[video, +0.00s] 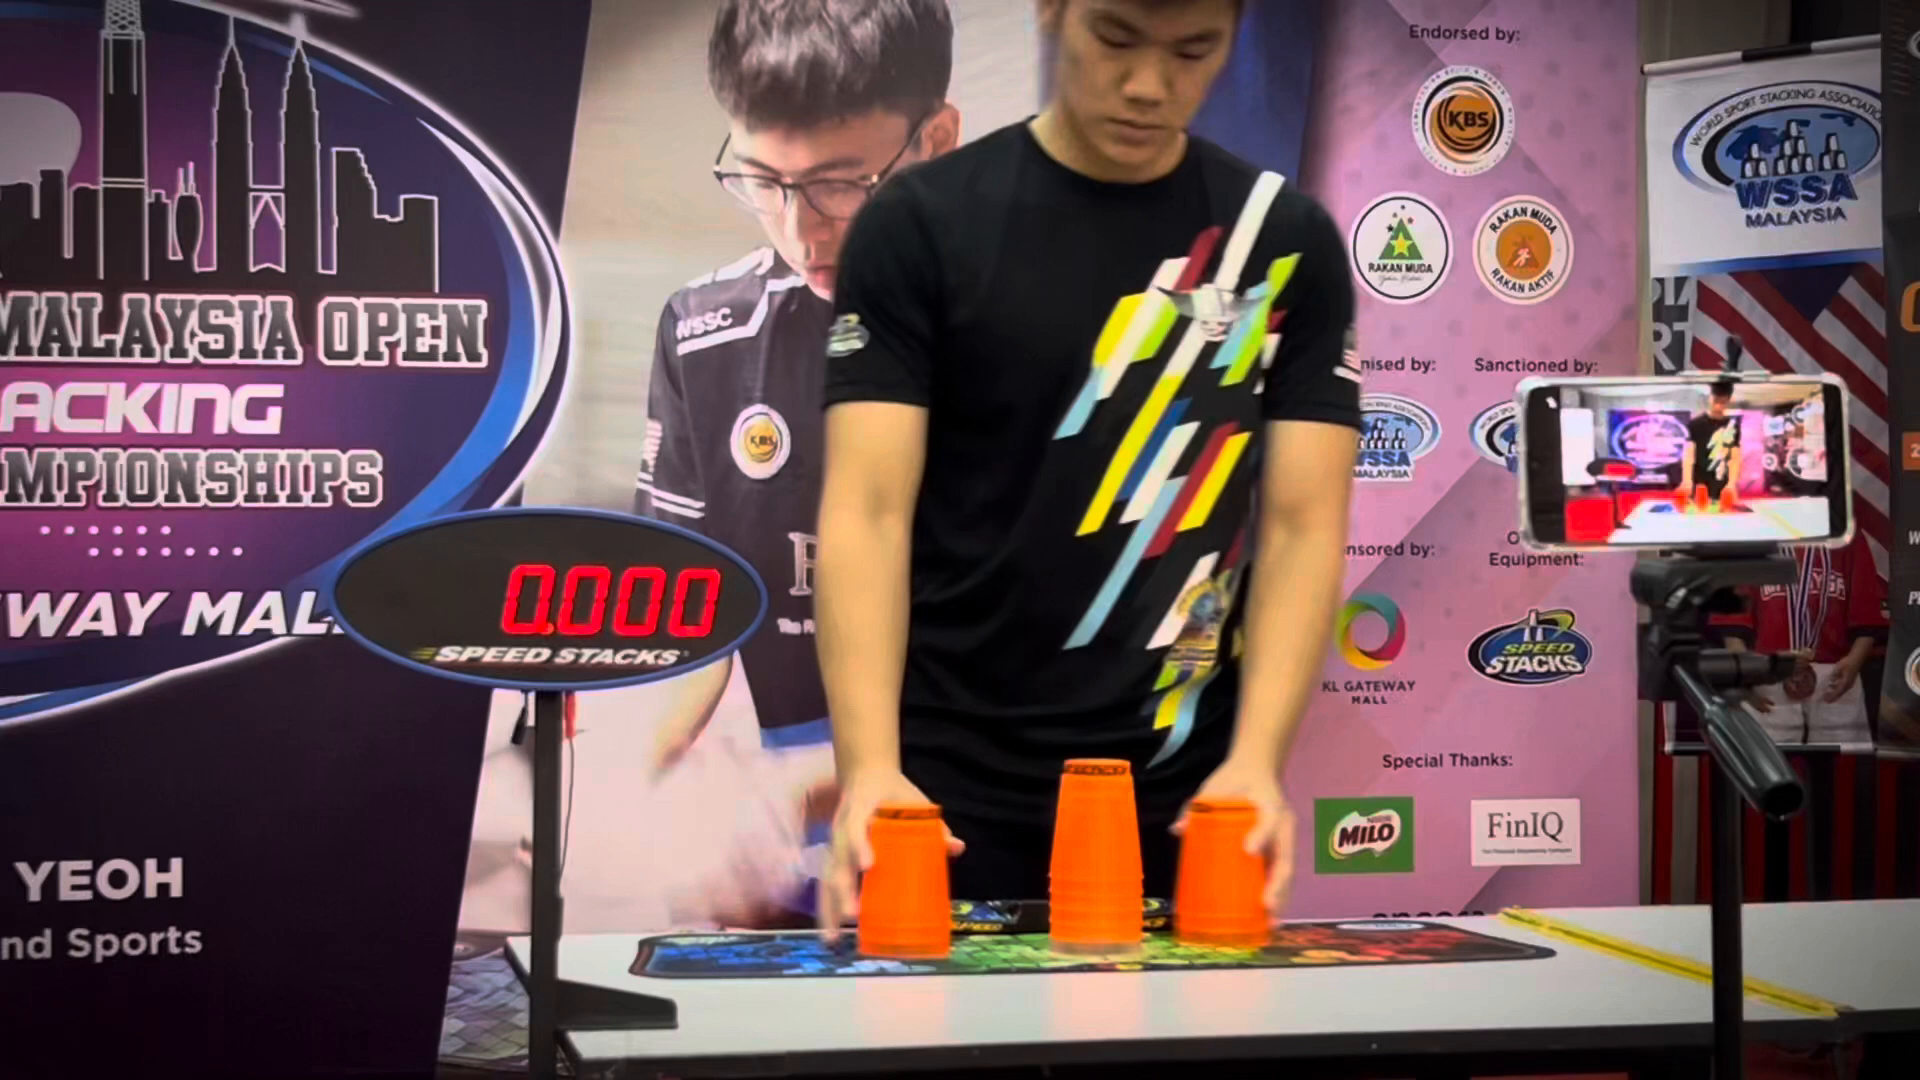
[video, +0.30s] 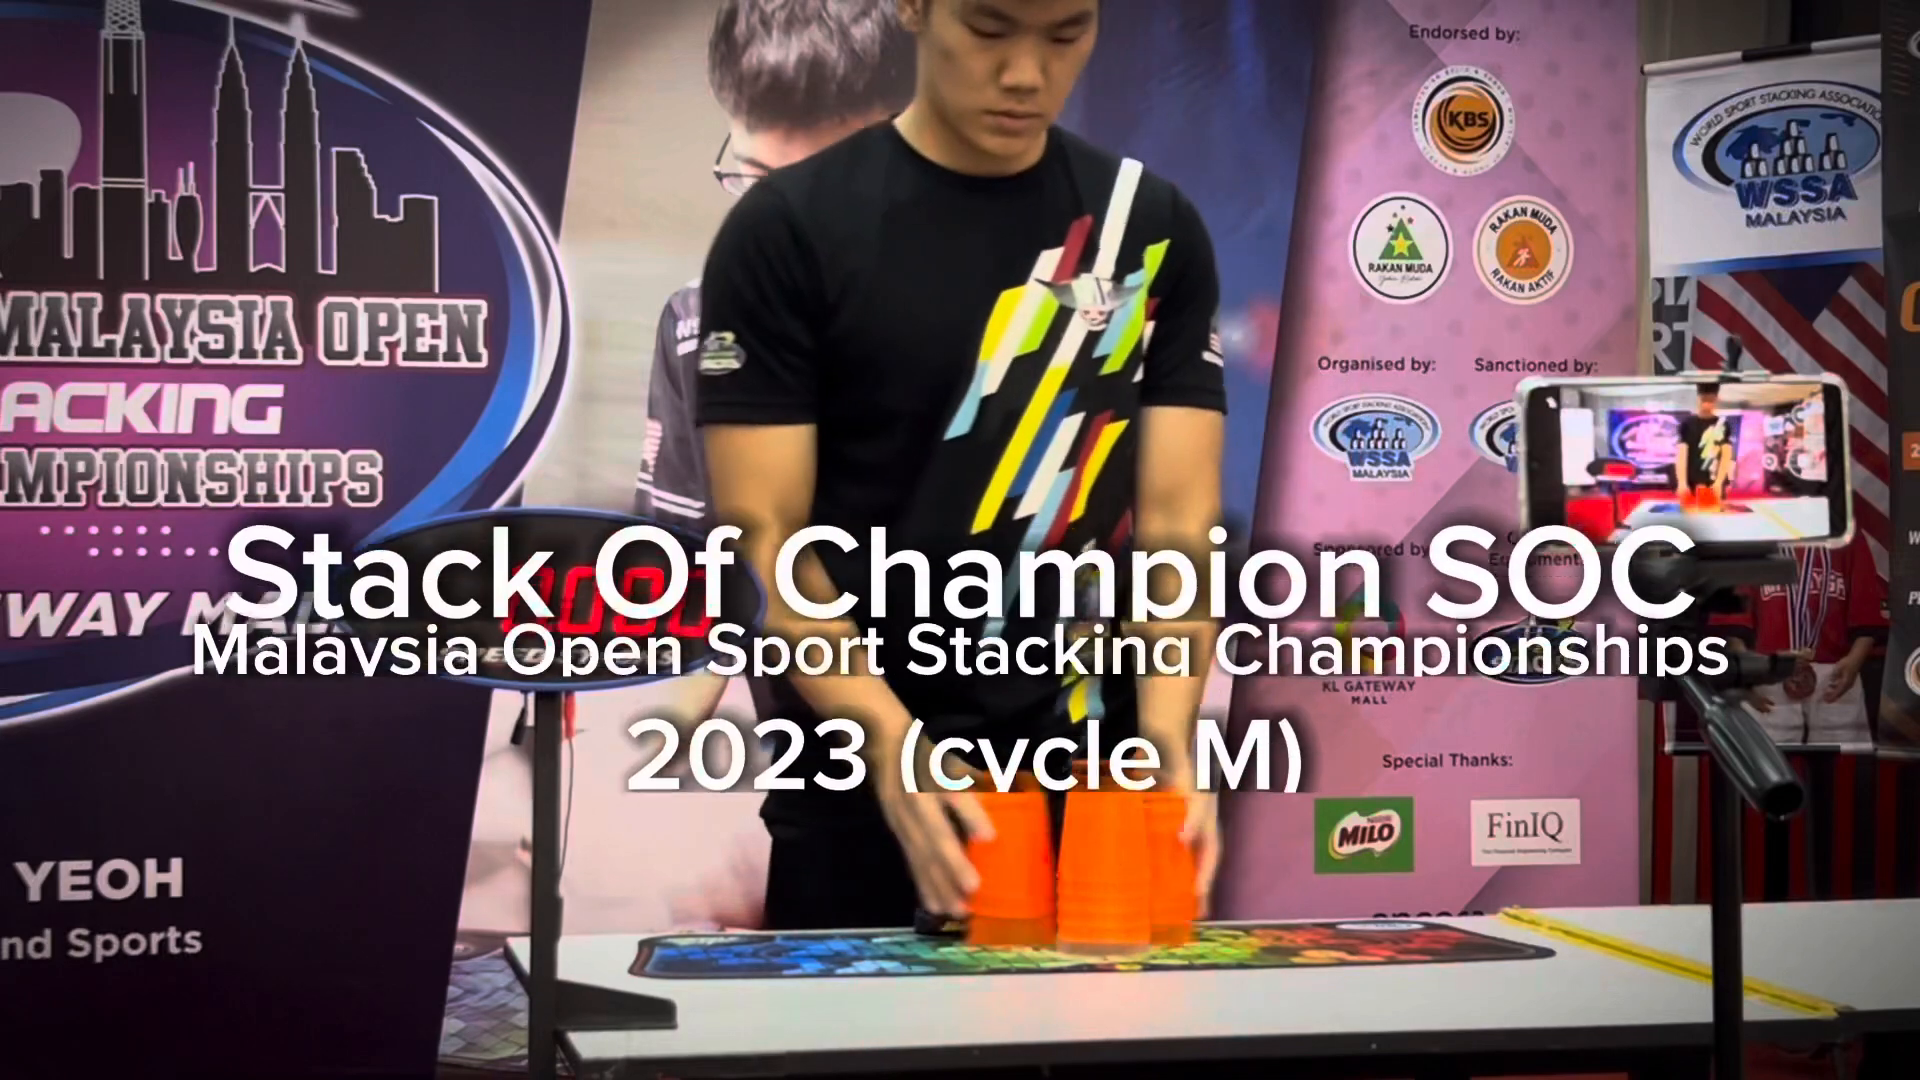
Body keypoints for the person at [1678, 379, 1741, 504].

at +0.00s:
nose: (1718, 406)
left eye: (1723, 402)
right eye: (1715, 401)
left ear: (1729, 402)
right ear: (1709, 399)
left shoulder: (1732, 425)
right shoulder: (1695, 424)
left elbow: (1735, 456)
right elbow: (1689, 456)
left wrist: (1732, 484)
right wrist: (1686, 483)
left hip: (1722, 486)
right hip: (1700, 485)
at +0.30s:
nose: (1706, 405)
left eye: (1710, 400)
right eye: (1704, 400)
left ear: (1715, 400)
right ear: (1698, 400)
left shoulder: (1722, 425)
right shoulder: (1688, 424)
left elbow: (1725, 455)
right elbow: (1682, 455)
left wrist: (1718, 483)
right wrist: (1682, 483)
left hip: (1713, 487)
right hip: (1691, 486)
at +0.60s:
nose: (1695, 405)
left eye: (1699, 400)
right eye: (1692, 400)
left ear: (1704, 400)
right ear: (1685, 400)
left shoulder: (1711, 424)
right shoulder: (1676, 425)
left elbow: (1716, 453)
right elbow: (1672, 457)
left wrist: (1714, 479)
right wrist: (1681, 481)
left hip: (1706, 484)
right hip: (1685, 485)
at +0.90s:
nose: (1696, 405)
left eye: (1700, 401)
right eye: (1693, 400)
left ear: (1706, 401)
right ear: (1688, 401)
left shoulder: (1712, 425)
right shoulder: (1679, 425)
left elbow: (1719, 454)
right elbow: (1671, 456)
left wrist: (1721, 482)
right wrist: (1671, 486)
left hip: (1706, 476)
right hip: (1685, 476)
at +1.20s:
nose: (1711, 410)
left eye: (1715, 406)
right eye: (1708, 405)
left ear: (1719, 407)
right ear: (1702, 405)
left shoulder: (1722, 430)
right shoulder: (1689, 429)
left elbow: (1726, 457)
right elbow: (1684, 458)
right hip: (1694, 485)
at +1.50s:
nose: (1714, 410)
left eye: (1717, 406)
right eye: (1711, 405)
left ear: (1721, 409)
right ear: (1705, 407)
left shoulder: (1726, 429)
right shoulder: (1694, 429)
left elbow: (1728, 456)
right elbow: (1689, 458)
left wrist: (1731, 479)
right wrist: (1686, 484)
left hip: (1720, 482)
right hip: (1699, 481)